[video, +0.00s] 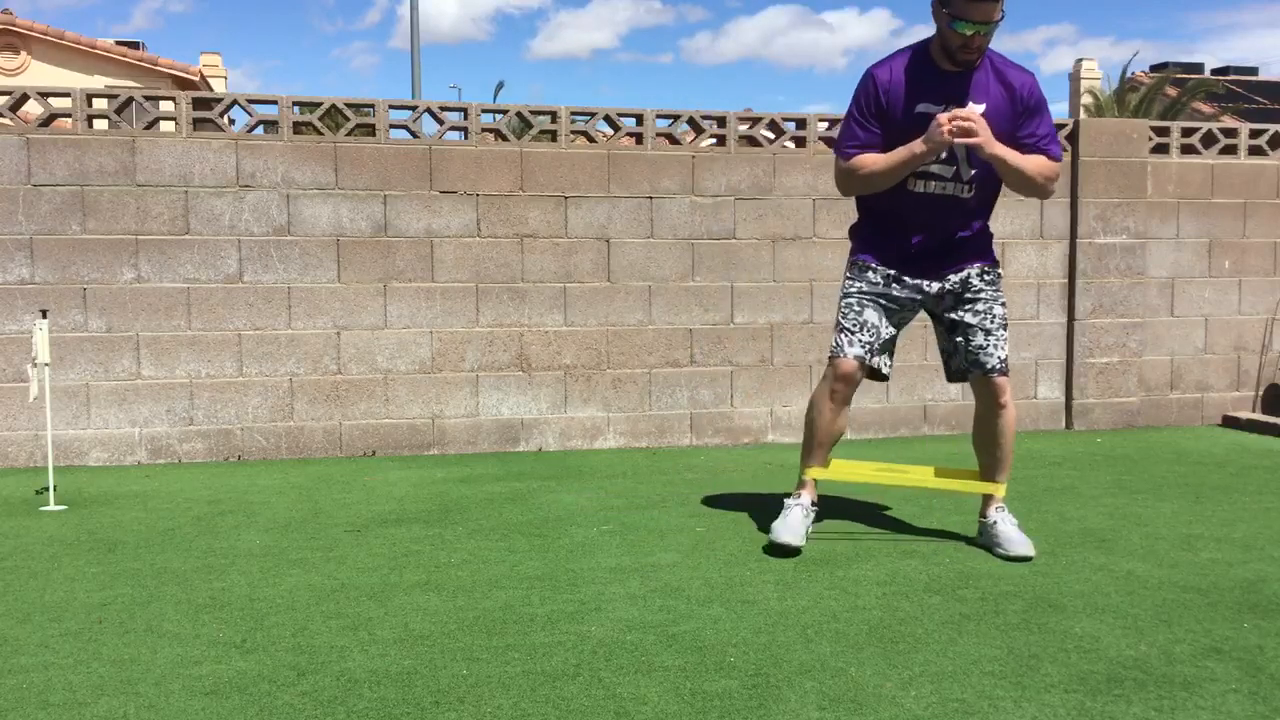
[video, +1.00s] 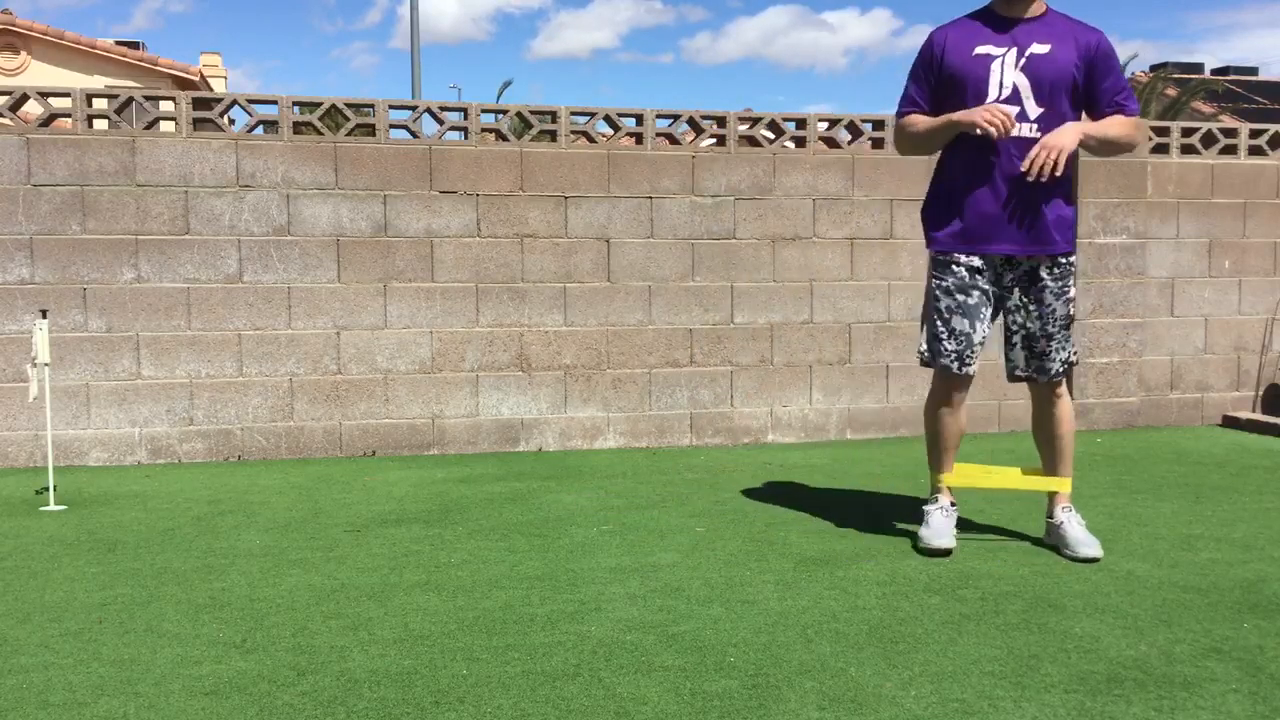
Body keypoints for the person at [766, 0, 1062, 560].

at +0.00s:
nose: (973, 37)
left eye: (987, 26)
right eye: (961, 23)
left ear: (1000, 19)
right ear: (936, 10)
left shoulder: (1016, 85)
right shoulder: (887, 80)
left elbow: (1045, 181)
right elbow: (848, 178)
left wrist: (990, 147)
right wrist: (924, 146)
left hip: (966, 259)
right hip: (883, 256)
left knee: (995, 380)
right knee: (844, 370)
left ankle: (995, 511)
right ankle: (803, 496)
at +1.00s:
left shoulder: (1086, 43)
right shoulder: (947, 40)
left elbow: (1131, 131)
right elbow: (906, 136)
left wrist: (1078, 129)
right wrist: (957, 118)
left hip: (1046, 242)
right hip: (962, 240)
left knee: (1052, 378)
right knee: (952, 374)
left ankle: (1061, 509)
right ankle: (940, 501)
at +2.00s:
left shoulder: (1065, 51)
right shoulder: (933, 51)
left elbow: (1095, 143)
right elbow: (896, 143)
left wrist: (1039, 81)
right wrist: (971, 85)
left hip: (1037, 248)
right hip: (951, 248)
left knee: (1063, 382)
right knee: (936, 379)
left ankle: (1071, 512)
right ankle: (917, 509)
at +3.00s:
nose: (916, 47)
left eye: (929, 36)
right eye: (904, 33)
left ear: (943, 36)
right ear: (882, 30)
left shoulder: (967, 107)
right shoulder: (840, 107)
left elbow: (981, 200)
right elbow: (823, 203)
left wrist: (930, 129)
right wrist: (889, 132)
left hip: (935, 278)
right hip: (847, 276)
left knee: (999, 390)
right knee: (796, 387)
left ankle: (1057, 508)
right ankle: (753, 509)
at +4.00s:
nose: (723, 60)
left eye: (737, 48)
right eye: (712, 46)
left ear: (754, 42)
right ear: (693, 39)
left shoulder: (781, 114)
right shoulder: (657, 109)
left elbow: (789, 202)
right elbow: (641, 204)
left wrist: (736, 132)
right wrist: (703, 132)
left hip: (752, 290)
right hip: (664, 285)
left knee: (811, 398)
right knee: (593, 390)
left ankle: (876, 508)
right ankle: (542, 506)